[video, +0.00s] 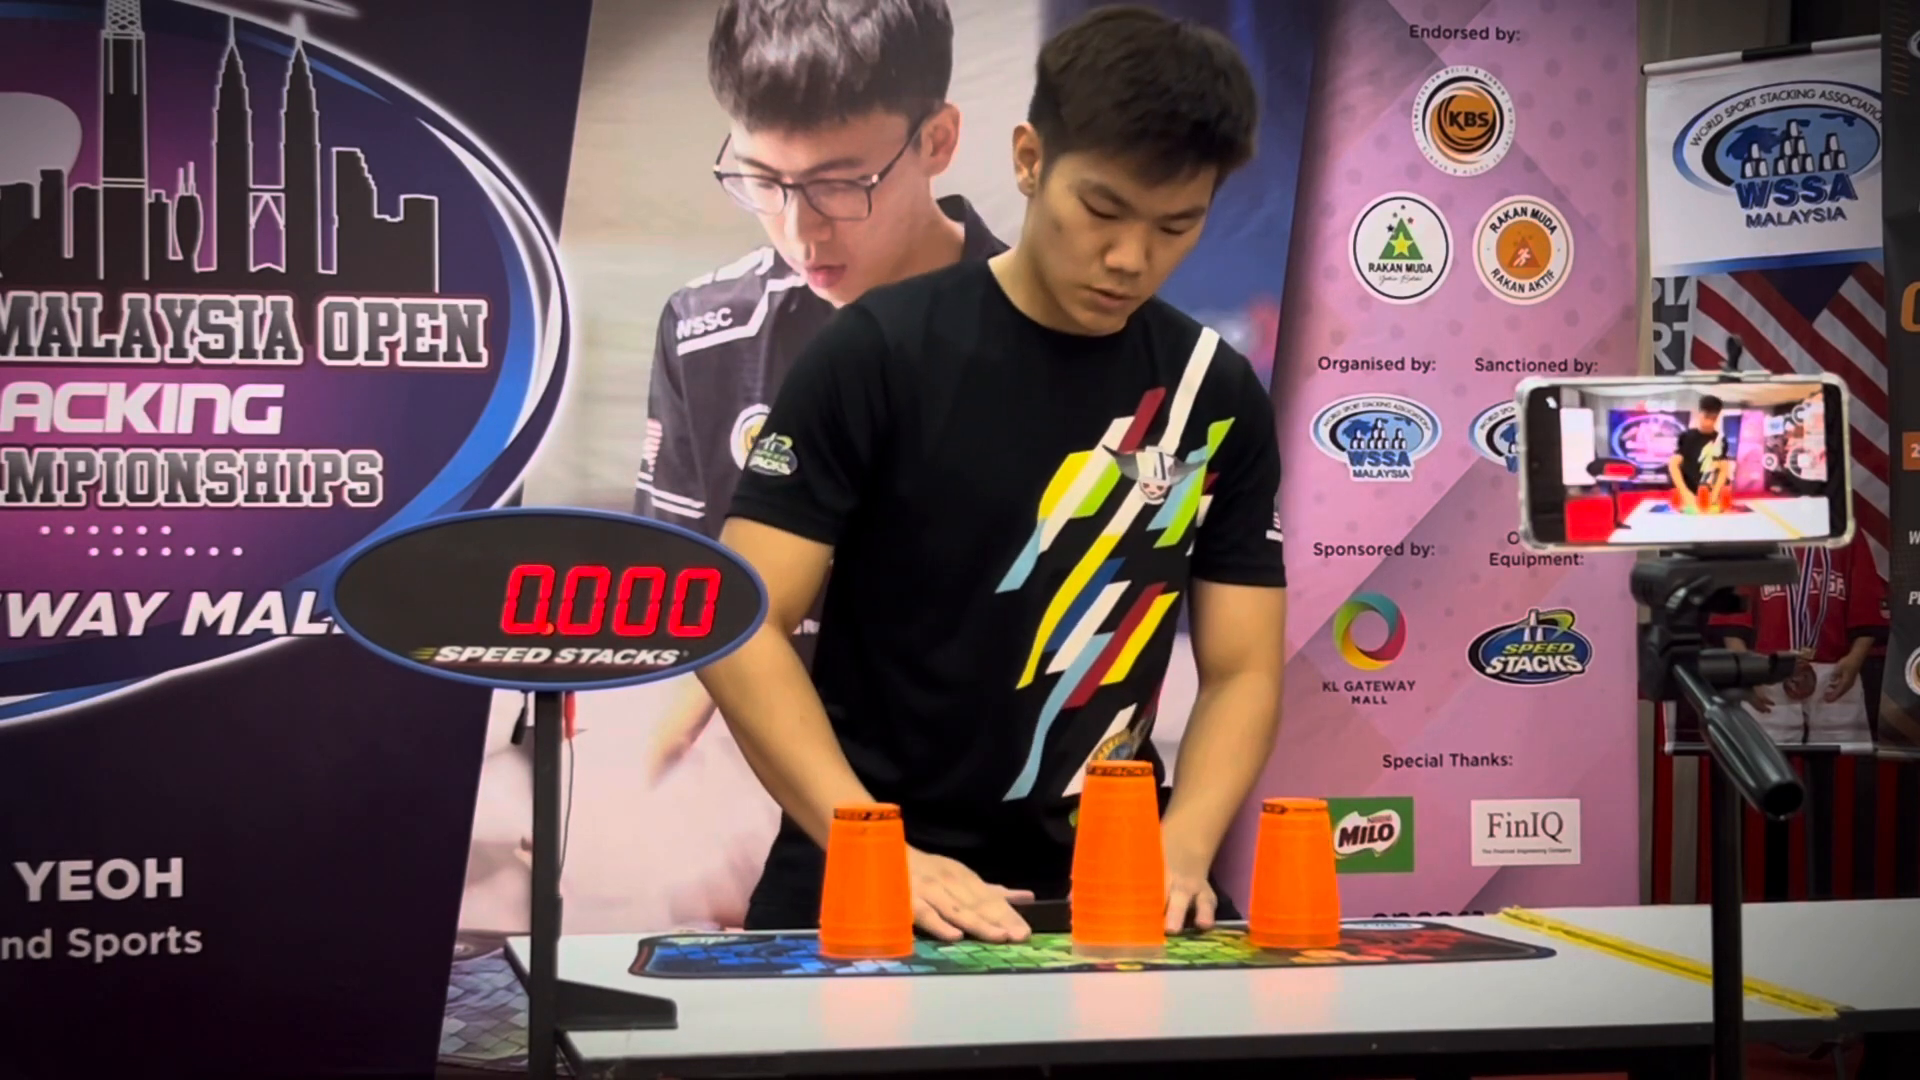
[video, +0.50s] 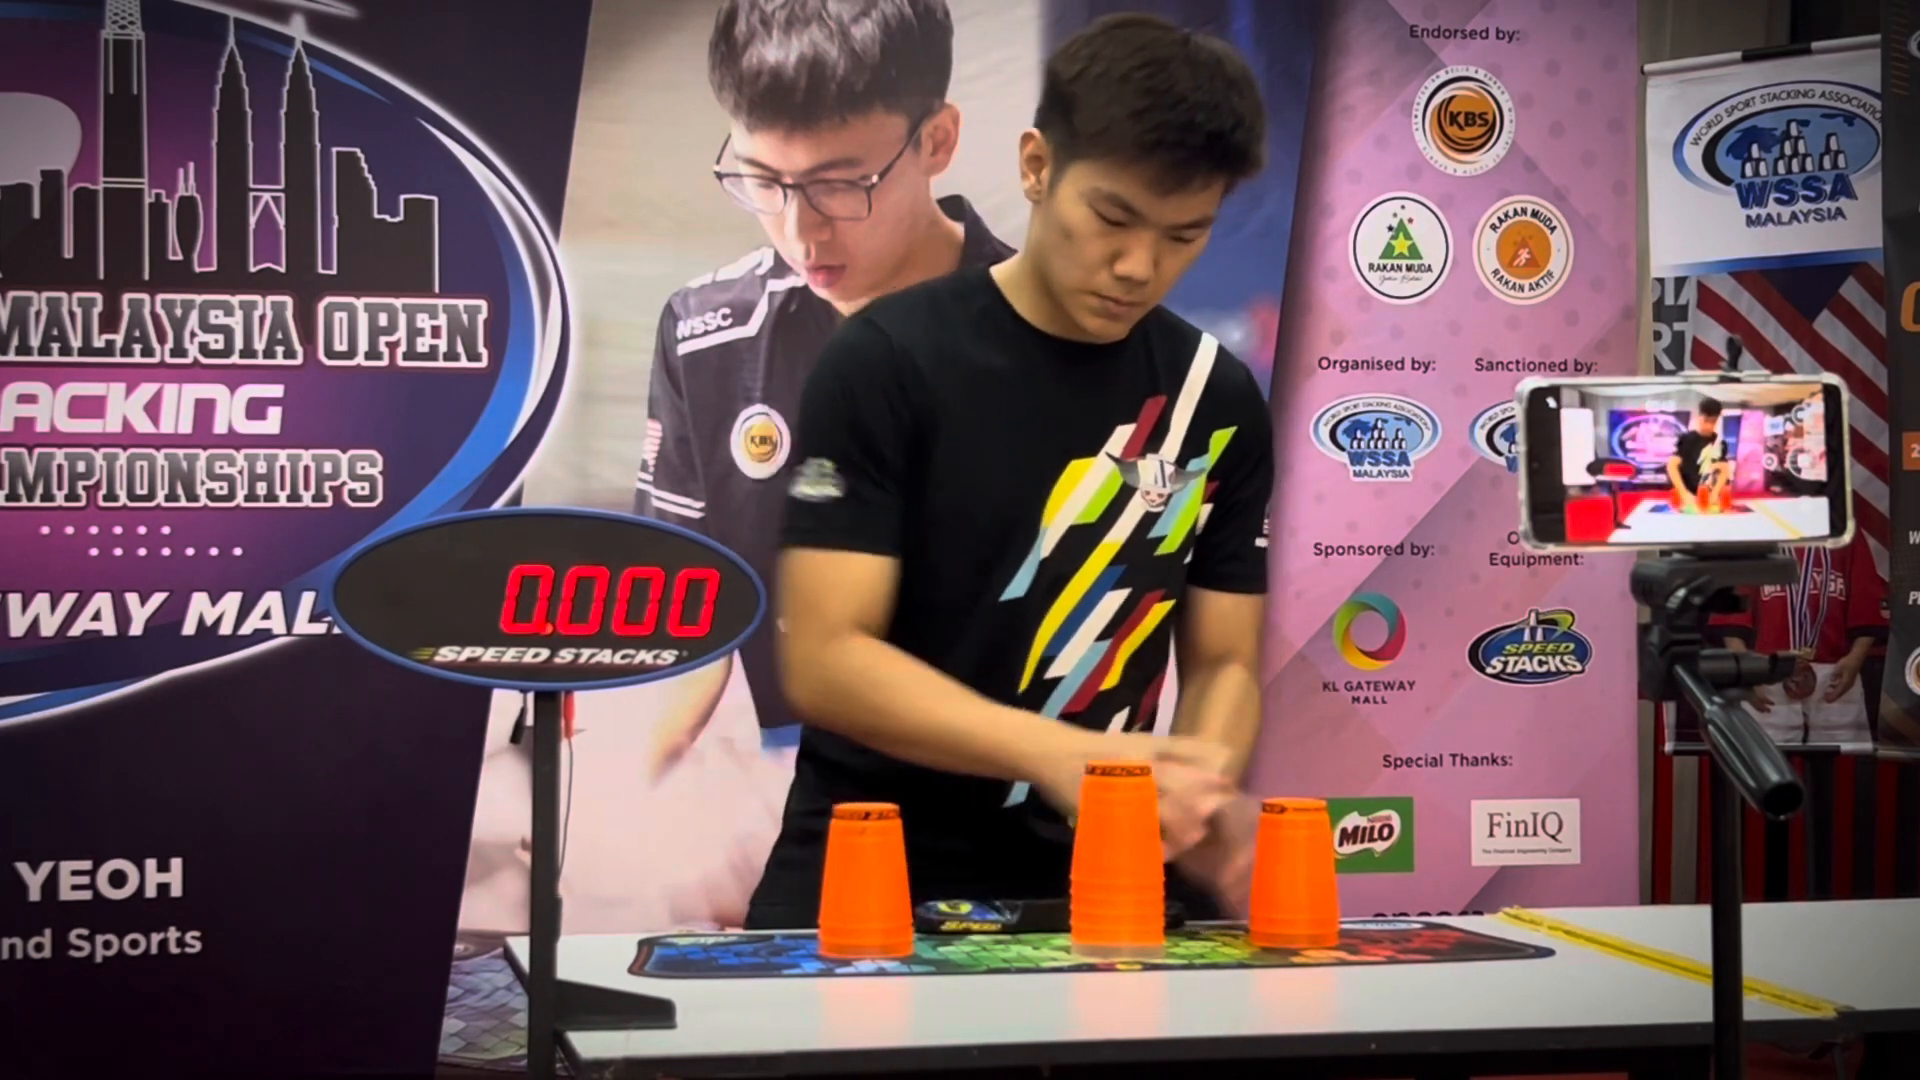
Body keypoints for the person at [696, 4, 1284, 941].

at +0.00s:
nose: (1130, 259)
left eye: (1175, 225)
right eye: (1102, 208)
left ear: (1210, 202)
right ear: (1028, 163)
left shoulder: (1217, 400)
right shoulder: (878, 353)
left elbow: (1242, 673)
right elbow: (737, 620)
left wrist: (1180, 852)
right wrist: (872, 849)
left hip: (1090, 920)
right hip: (857, 905)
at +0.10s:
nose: (1128, 262)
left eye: (1173, 228)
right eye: (1101, 210)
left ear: (1209, 204)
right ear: (1027, 164)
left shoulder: (1216, 400)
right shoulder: (877, 353)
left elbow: (1243, 673)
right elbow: (737, 620)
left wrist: (1179, 853)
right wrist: (871, 848)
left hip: (1090, 918)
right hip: (857, 904)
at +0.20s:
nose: (1128, 263)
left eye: (1173, 229)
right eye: (1100, 212)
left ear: (1208, 206)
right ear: (1027, 165)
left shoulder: (1216, 402)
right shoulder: (876, 354)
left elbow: (1242, 674)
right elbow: (736, 620)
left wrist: (1178, 852)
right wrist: (871, 849)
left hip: (1088, 919)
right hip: (855, 904)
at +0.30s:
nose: (1125, 266)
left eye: (1171, 232)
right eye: (1098, 214)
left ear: (1207, 208)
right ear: (1026, 167)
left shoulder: (1214, 402)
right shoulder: (874, 355)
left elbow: (1242, 677)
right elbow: (736, 621)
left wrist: (1176, 854)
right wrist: (867, 850)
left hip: (1089, 920)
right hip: (856, 906)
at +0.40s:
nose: (1128, 268)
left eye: (1173, 235)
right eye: (1100, 216)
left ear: (1209, 213)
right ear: (1028, 169)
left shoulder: (1214, 406)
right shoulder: (874, 355)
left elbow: (1238, 681)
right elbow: (741, 618)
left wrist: (1177, 852)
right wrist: (922, 817)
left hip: (1092, 921)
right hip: (856, 906)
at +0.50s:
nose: (1139, 268)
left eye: (1183, 236)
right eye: (1112, 216)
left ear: (1215, 217)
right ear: (1034, 170)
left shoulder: (1220, 404)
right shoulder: (887, 359)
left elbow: (1223, 662)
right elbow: (820, 659)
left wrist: (1190, 787)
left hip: (1086, 905)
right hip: (865, 894)